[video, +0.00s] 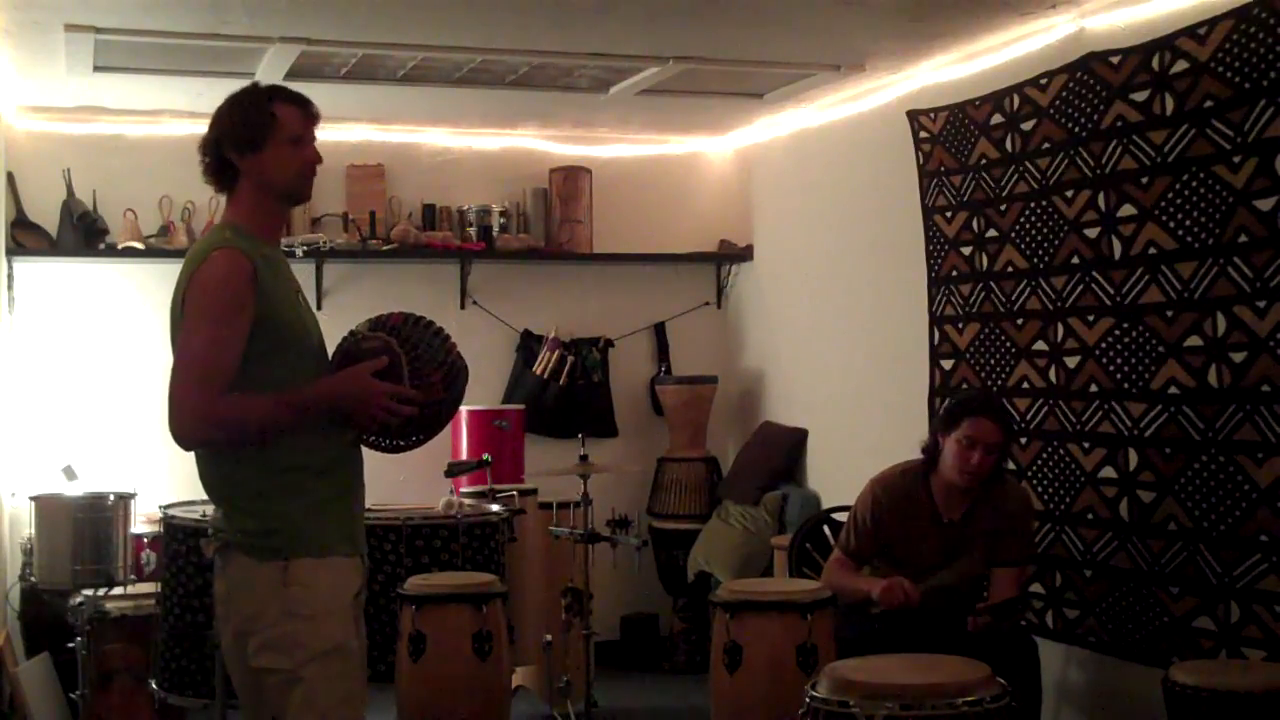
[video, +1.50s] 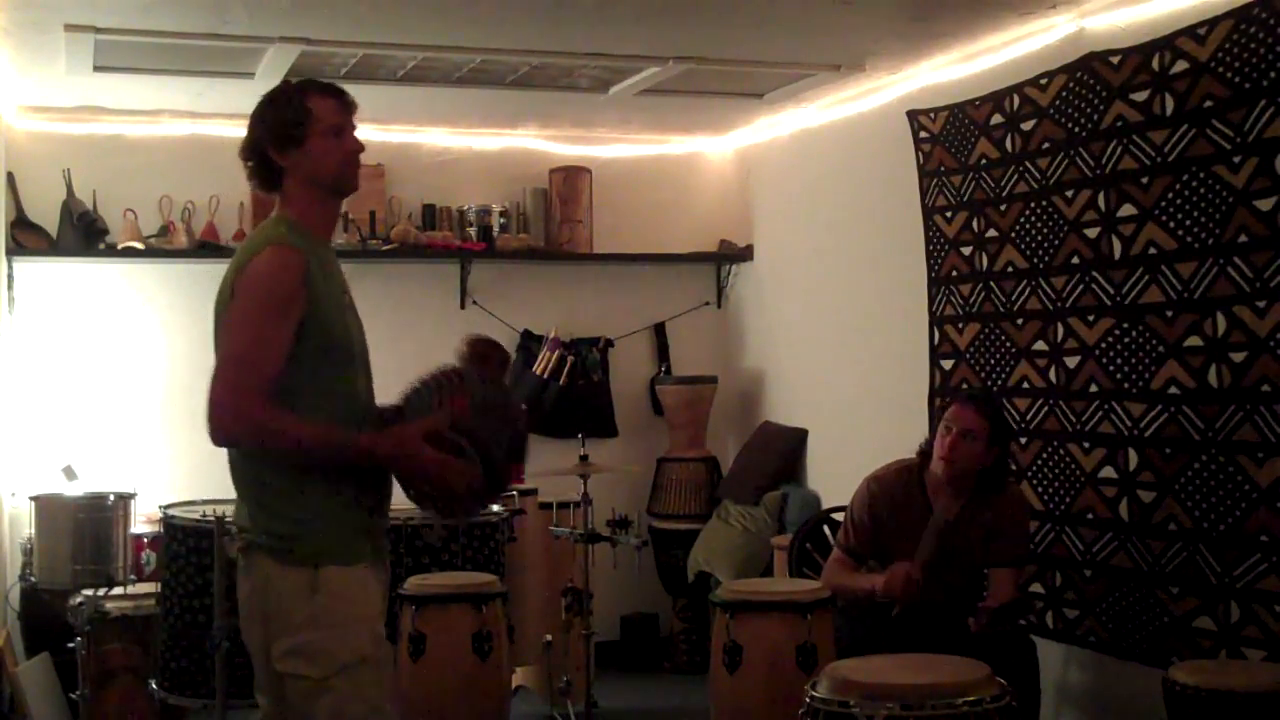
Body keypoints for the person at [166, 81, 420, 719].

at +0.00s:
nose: (316, 154)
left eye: (314, 140)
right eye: (298, 142)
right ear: (247, 154)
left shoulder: (261, 261)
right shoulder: (227, 263)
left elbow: (260, 398)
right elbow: (193, 417)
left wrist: (350, 381)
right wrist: (330, 397)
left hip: (309, 561)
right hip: (284, 567)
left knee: (318, 705)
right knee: (306, 707)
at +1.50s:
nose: (358, 145)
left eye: (355, 131)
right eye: (339, 133)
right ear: (286, 152)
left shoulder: (307, 257)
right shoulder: (279, 259)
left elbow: (324, 414)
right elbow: (233, 414)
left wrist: (418, 417)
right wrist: (384, 449)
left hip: (329, 560)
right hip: (309, 566)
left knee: (329, 707)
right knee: (340, 708)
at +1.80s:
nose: (411, 130)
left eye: (403, 117)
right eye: (390, 120)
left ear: (358, 147)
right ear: (341, 146)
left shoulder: (389, 251)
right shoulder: (317, 252)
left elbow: (375, 400)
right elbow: (248, 404)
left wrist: (464, 401)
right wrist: (407, 437)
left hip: (381, 550)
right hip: (333, 559)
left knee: (388, 704)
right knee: (360, 707)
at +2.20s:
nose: (484, 125)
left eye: (476, 111)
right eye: (462, 114)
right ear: (408, 140)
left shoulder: (444, 243)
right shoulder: (371, 267)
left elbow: (436, 377)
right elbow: (341, 445)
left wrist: (536, 356)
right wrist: (498, 426)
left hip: (431, 555)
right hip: (377, 569)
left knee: (437, 705)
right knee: (393, 709)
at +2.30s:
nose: (485, 119)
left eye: (478, 106)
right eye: (465, 108)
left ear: (423, 138)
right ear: (409, 135)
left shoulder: (430, 244)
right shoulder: (394, 255)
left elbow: (454, 358)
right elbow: (409, 444)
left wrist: (563, 348)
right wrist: (566, 416)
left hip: (438, 559)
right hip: (390, 572)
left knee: (474, 702)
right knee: (412, 709)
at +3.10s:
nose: (545, 136)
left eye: (539, 122)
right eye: (525, 124)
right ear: (472, 144)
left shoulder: (487, 255)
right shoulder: (471, 263)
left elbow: (499, 403)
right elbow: (434, 438)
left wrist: (594, 414)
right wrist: (577, 492)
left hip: (527, 570)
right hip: (472, 581)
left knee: (575, 713)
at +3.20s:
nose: (575, 131)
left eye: (568, 118)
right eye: (557, 119)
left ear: (514, 148)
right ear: (503, 145)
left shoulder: (515, 253)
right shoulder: (488, 255)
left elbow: (521, 401)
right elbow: (457, 421)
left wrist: (625, 391)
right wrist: (609, 429)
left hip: (537, 577)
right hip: (478, 586)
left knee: (588, 712)